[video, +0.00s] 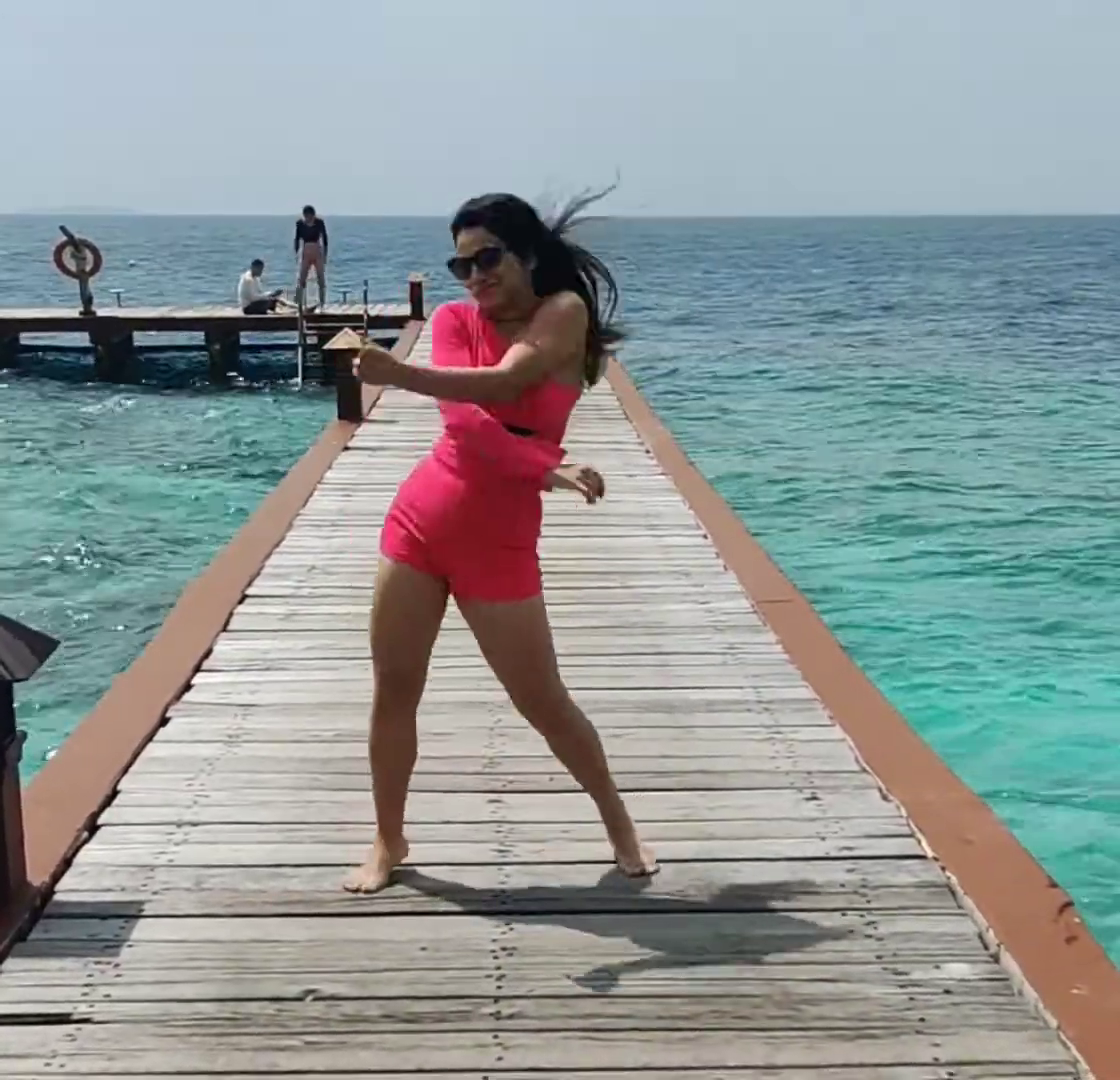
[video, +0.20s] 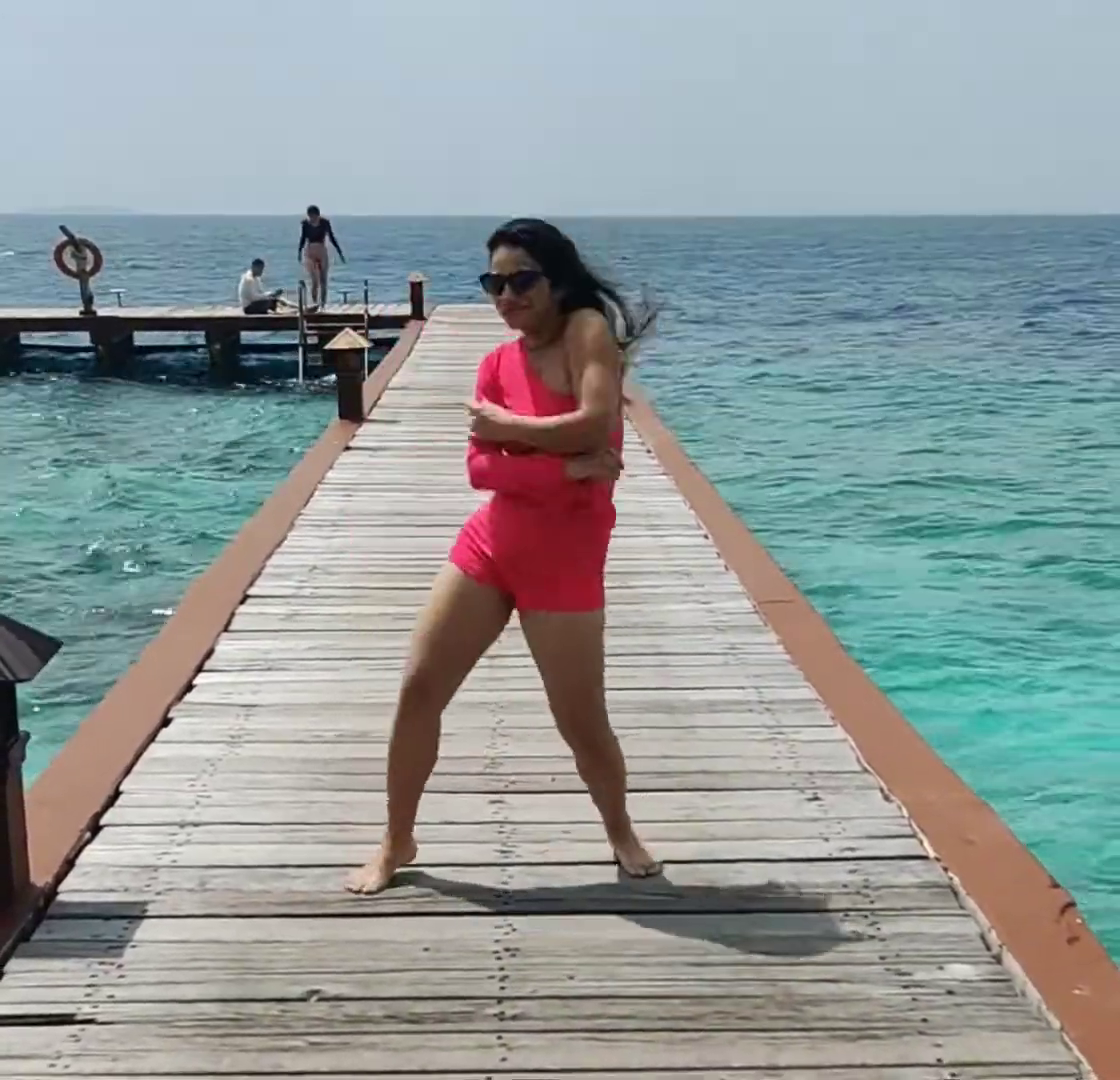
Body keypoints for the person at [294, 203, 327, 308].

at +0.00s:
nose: (308, 218)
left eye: (310, 216)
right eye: (306, 216)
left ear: (314, 215)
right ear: (304, 216)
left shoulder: (319, 223)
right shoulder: (300, 224)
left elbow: (325, 238)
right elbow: (297, 238)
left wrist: (325, 254)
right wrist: (296, 251)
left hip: (317, 249)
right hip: (306, 249)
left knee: (320, 279)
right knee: (302, 279)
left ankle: (322, 303)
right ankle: (299, 303)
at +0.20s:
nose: (313, 219)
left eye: (314, 217)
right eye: (311, 217)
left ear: (318, 215)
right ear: (308, 216)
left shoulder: (325, 223)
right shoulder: (305, 224)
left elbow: (331, 238)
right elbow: (303, 238)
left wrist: (340, 252)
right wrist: (299, 252)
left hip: (321, 250)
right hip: (310, 250)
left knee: (323, 279)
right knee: (314, 279)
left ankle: (323, 304)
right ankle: (315, 303)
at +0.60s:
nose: (298, 219)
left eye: (299, 216)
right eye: (296, 216)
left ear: (304, 214)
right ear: (294, 216)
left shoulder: (313, 222)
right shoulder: (294, 225)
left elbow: (321, 236)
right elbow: (293, 241)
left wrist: (327, 251)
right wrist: (289, 255)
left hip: (312, 250)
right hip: (301, 251)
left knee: (316, 278)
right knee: (304, 279)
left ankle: (315, 303)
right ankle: (306, 305)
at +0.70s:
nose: (278, 217)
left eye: (280, 214)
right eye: (277, 215)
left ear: (284, 213)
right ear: (275, 215)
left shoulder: (294, 220)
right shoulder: (276, 223)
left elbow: (303, 235)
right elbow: (274, 238)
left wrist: (307, 251)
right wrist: (273, 251)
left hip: (294, 248)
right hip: (283, 249)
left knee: (296, 279)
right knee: (285, 279)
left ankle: (301, 305)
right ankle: (287, 305)